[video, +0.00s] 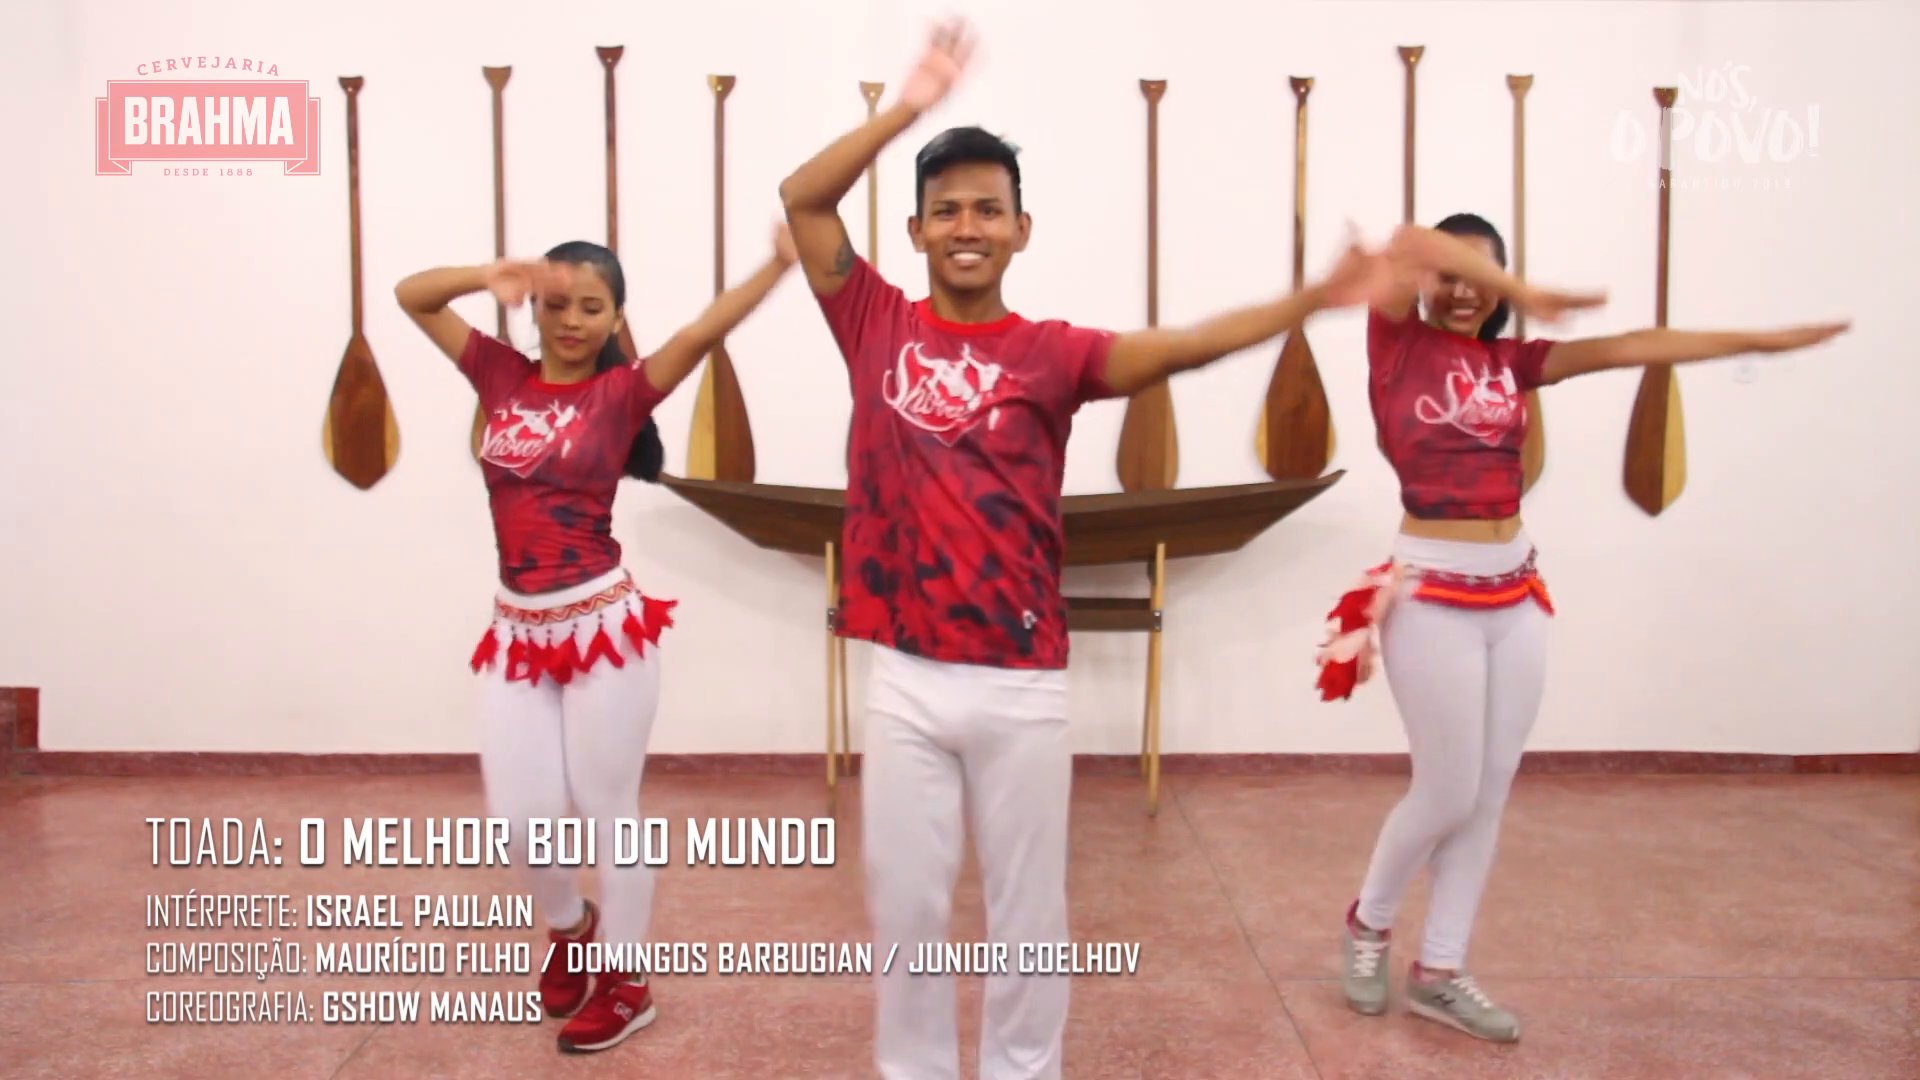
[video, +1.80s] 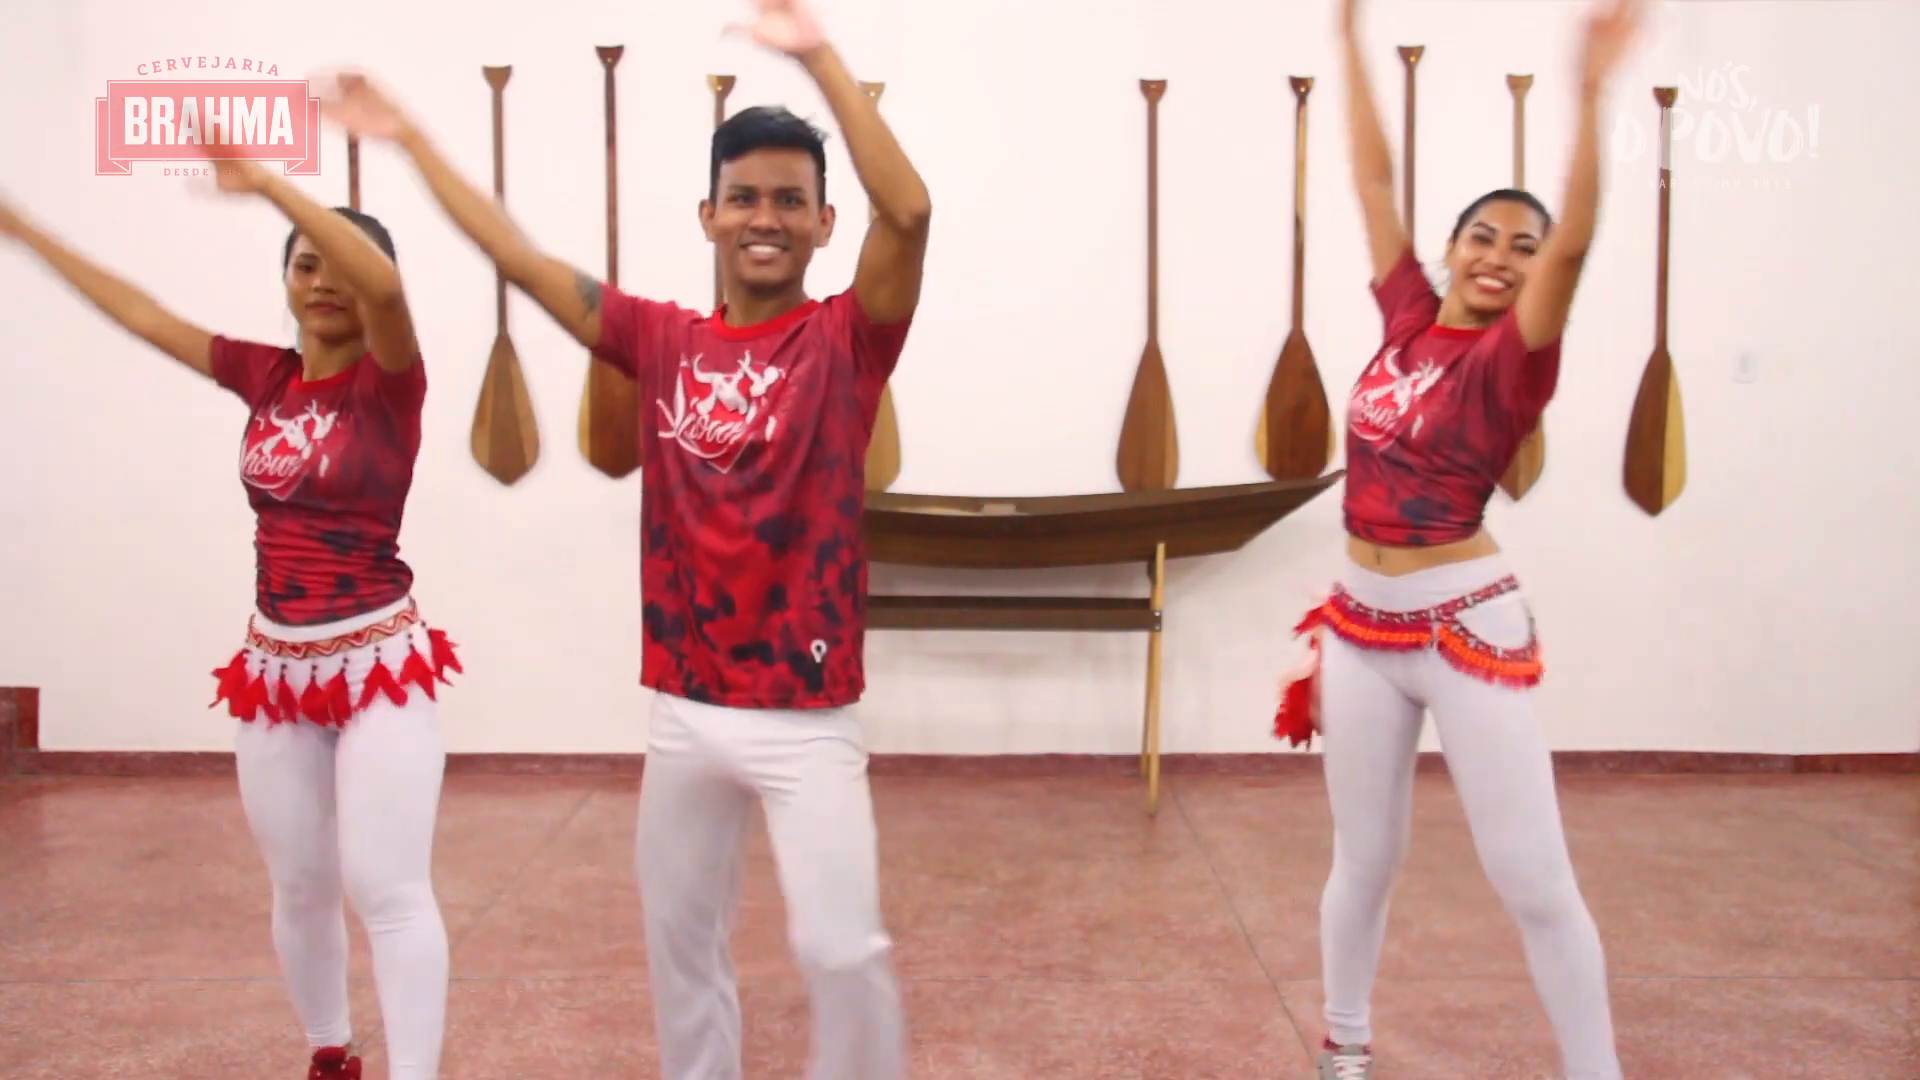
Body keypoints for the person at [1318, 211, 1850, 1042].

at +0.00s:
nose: (1470, 291)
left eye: (1482, 278)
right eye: (1455, 272)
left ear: (1498, 296)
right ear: (1422, 275)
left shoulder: (1513, 359)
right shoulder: (1395, 344)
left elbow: (1633, 346)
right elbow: (1416, 247)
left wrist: (1757, 340)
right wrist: (1522, 288)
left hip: (1514, 595)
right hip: (1430, 595)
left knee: (1485, 797)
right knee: (1445, 792)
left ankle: (1437, 972)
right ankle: (1368, 925)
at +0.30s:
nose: (1455, 256)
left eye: (1461, 249)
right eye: (1433, 252)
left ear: (1472, 274)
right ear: (1406, 284)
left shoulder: (1495, 340)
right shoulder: (1405, 355)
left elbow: (1581, 270)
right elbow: (1461, 241)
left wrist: (1664, 192)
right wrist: (1568, 211)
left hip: (1499, 594)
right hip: (1423, 593)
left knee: (1499, 801)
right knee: (1449, 798)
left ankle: (1432, 976)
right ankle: (1352, 945)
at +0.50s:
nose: (1459, 248)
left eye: (1461, 239)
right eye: (1436, 242)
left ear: (1475, 263)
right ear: (1410, 272)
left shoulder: (1488, 331)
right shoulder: (1414, 340)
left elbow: (1531, 218)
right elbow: (1428, 208)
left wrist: (1559, 101)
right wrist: (1483, 70)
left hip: (1490, 604)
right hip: (1416, 599)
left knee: (1466, 810)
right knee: (1395, 819)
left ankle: (1433, 977)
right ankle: (1336, 1021)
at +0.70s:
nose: (1429, 249)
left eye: (1436, 239)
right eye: (1407, 247)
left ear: (1459, 264)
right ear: (1389, 279)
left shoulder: (1475, 341)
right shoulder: (1393, 345)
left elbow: (1505, 249)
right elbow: (1368, 229)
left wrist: (1494, 174)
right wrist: (1330, 101)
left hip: (1465, 611)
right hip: (1390, 608)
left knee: (1454, 814)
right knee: (1384, 839)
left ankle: (1430, 977)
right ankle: (1334, 1042)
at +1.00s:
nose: (1402, 251)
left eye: (1415, 243)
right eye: (1381, 244)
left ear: (1440, 274)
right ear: (1356, 278)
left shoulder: (1460, 356)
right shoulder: (1337, 350)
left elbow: (1530, 238)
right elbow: (1255, 269)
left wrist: (1462, 235)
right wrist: (1168, 181)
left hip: (1416, 627)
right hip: (1326, 615)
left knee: (1514, 821)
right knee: (1352, 840)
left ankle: (1417, 954)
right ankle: (1331, 1051)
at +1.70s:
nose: (1474, 265)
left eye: (1497, 256)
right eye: (1463, 245)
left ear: (1515, 282)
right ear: (1430, 255)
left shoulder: (1495, 368)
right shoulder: (1388, 328)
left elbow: (1538, 247)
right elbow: (1329, 211)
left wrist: (1487, 97)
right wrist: (1270, 89)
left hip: (1450, 618)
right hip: (1337, 617)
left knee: (1533, 870)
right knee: (1349, 861)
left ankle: (1542, 1065)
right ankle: (1332, 1051)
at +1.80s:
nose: (1496, 254)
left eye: (1520, 244)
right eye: (1483, 236)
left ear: (1539, 274)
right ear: (1449, 253)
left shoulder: (1514, 364)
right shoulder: (1407, 323)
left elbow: (1571, 243)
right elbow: (1373, 176)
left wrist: (1590, 86)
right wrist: (1346, 32)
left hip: (1470, 620)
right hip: (1360, 622)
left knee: (1536, 886)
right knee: (1361, 865)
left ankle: (1595, 1072)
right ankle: (1345, 1051)